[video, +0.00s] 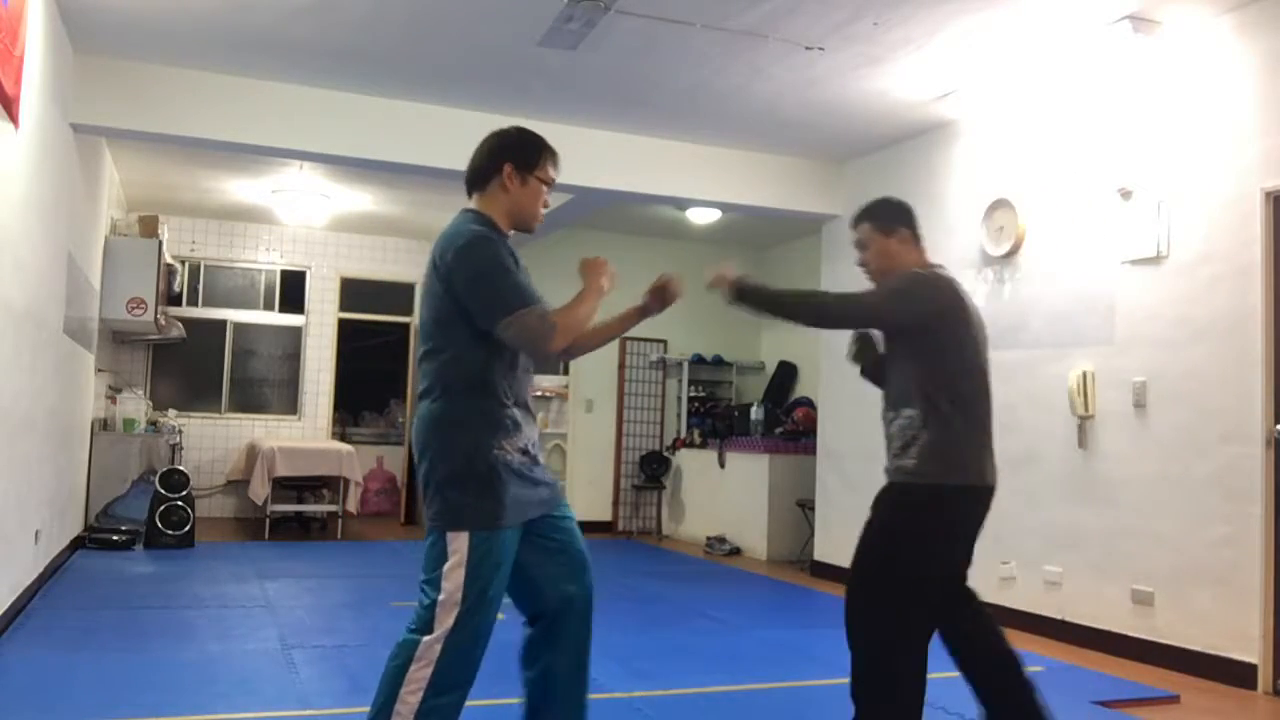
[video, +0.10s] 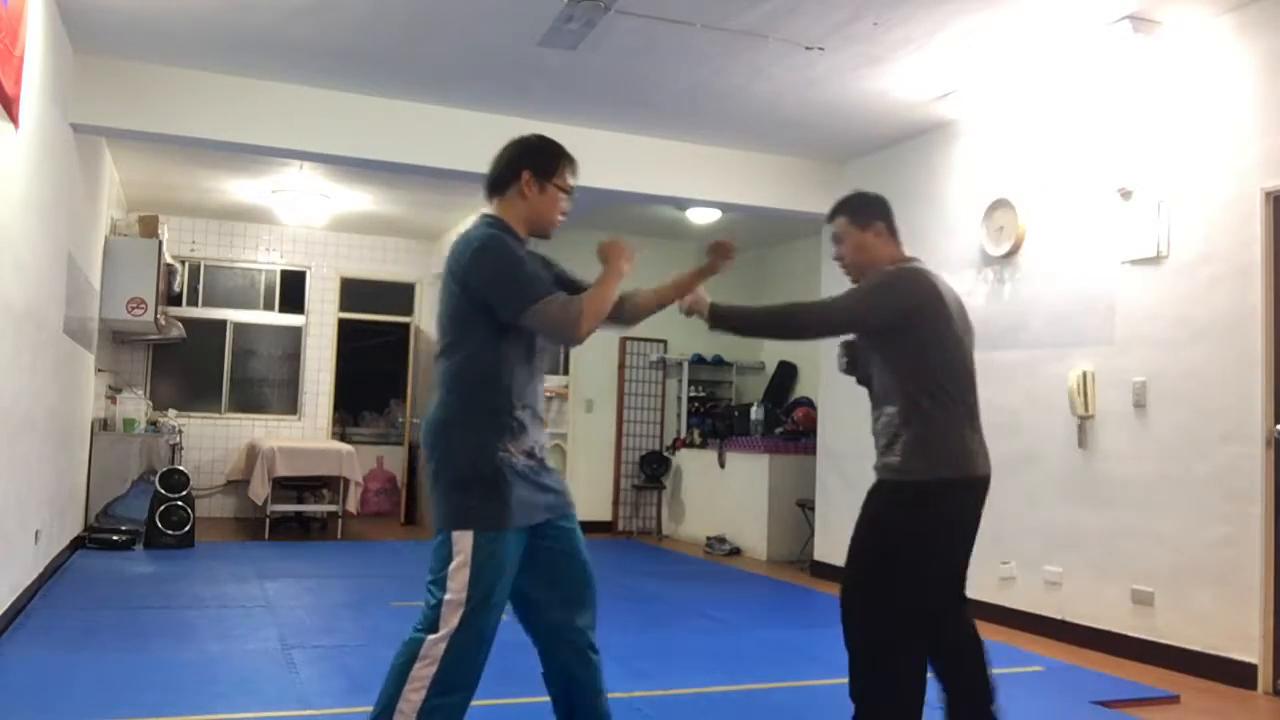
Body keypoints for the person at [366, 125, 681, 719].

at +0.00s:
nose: (549, 200)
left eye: (552, 188)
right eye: (545, 184)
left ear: (506, 180)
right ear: (509, 175)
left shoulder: (494, 249)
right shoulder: (473, 242)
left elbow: (559, 346)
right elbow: (543, 337)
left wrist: (640, 310)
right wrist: (593, 289)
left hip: (518, 464)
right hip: (472, 465)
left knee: (566, 600)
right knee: (450, 627)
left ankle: (555, 715)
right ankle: (398, 718)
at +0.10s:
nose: (568, 206)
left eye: (571, 194)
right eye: (563, 191)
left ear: (528, 187)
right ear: (527, 183)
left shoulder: (531, 262)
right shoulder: (484, 249)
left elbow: (616, 309)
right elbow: (572, 323)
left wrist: (696, 273)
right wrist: (614, 272)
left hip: (529, 464)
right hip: (479, 465)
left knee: (568, 622)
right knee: (454, 630)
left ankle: (587, 716)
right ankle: (399, 716)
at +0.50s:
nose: (614, 224)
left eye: (618, 212)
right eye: (610, 208)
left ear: (578, 202)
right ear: (573, 197)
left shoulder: (586, 275)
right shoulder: (521, 256)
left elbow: (670, 307)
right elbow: (596, 323)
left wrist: (746, 271)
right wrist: (647, 278)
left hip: (572, 467)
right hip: (513, 468)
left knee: (608, 599)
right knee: (493, 620)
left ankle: (599, 714)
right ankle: (440, 716)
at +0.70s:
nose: (609, 211)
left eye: (611, 200)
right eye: (603, 196)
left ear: (570, 195)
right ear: (566, 190)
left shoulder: (579, 274)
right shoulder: (519, 252)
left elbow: (655, 324)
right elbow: (584, 332)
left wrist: (726, 286)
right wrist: (642, 285)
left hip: (569, 462)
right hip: (511, 461)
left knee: (605, 603)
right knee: (493, 618)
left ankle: (600, 715)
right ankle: (440, 715)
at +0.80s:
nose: (600, 203)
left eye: (603, 193)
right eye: (593, 188)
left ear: (560, 189)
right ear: (556, 183)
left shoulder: (570, 272)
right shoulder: (516, 250)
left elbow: (616, 358)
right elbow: (561, 341)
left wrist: (684, 322)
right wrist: (634, 300)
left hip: (574, 467)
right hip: (514, 467)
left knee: (603, 610)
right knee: (491, 625)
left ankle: (597, 713)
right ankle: (438, 715)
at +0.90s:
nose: (595, 204)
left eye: (596, 193)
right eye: (588, 189)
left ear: (555, 188)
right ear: (550, 183)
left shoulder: (553, 267)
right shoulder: (509, 250)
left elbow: (578, 371)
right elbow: (546, 346)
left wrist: (653, 343)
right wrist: (624, 309)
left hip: (567, 464)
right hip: (511, 464)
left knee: (600, 606)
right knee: (490, 620)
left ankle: (598, 714)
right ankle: (433, 715)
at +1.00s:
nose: (586, 200)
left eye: (587, 189)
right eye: (580, 186)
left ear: (545, 185)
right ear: (542, 180)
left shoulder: (537, 259)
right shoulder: (503, 246)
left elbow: (574, 364)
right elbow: (547, 342)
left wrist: (639, 323)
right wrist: (612, 297)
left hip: (554, 469)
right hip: (502, 468)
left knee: (589, 629)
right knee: (478, 632)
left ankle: (595, 716)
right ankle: (428, 715)